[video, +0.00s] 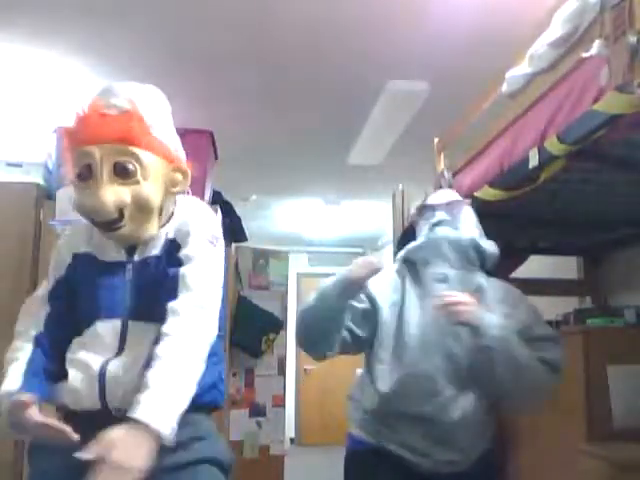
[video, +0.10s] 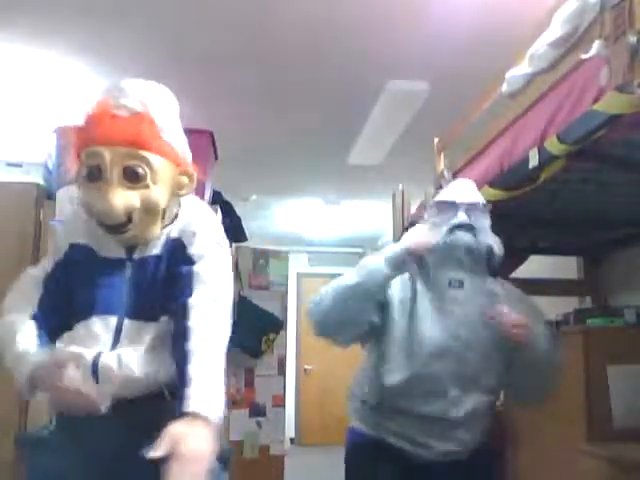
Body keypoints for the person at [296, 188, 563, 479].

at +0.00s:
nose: (444, 224)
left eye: (457, 215)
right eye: (434, 217)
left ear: (476, 231)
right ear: (417, 231)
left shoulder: (504, 298)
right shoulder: (388, 286)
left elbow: (538, 382)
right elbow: (314, 340)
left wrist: (484, 324)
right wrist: (346, 284)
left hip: (469, 459)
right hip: (383, 456)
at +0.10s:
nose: (461, 223)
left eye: (472, 216)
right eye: (447, 214)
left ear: (486, 227)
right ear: (426, 224)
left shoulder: (507, 299)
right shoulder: (395, 285)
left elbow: (533, 388)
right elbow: (326, 319)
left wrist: (528, 343)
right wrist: (399, 254)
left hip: (468, 457)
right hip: (383, 452)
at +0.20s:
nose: (464, 225)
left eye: (477, 216)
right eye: (452, 212)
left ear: (489, 228)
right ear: (425, 219)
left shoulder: (499, 294)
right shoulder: (399, 272)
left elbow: (528, 380)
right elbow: (342, 308)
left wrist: (530, 350)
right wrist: (415, 245)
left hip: (462, 448)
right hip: (381, 444)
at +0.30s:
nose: (461, 224)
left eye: (474, 215)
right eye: (450, 211)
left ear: (486, 225)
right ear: (419, 216)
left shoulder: (499, 294)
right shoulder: (386, 260)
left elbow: (509, 366)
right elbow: (358, 303)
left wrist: (527, 345)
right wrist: (428, 236)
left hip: (459, 446)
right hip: (378, 443)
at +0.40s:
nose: (455, 225)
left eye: (467, 215)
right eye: (441, 213)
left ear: (477, 223)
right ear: (406, 220)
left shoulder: (492, 289)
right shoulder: (379, 262)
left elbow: (502, 357)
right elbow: (349, 300)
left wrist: (524, 343)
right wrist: (421, 235)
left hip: (456, 447)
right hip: (376, 444)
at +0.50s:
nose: (438, 224)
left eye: (448, 213)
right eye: (423, 212)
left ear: (461, 221)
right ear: (392, 224)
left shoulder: (482, 280)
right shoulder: (368, 274)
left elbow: (514, 349)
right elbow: (336, 308)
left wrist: (531, 334)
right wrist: (403, 240)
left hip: (460, 450)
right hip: (375, 450)